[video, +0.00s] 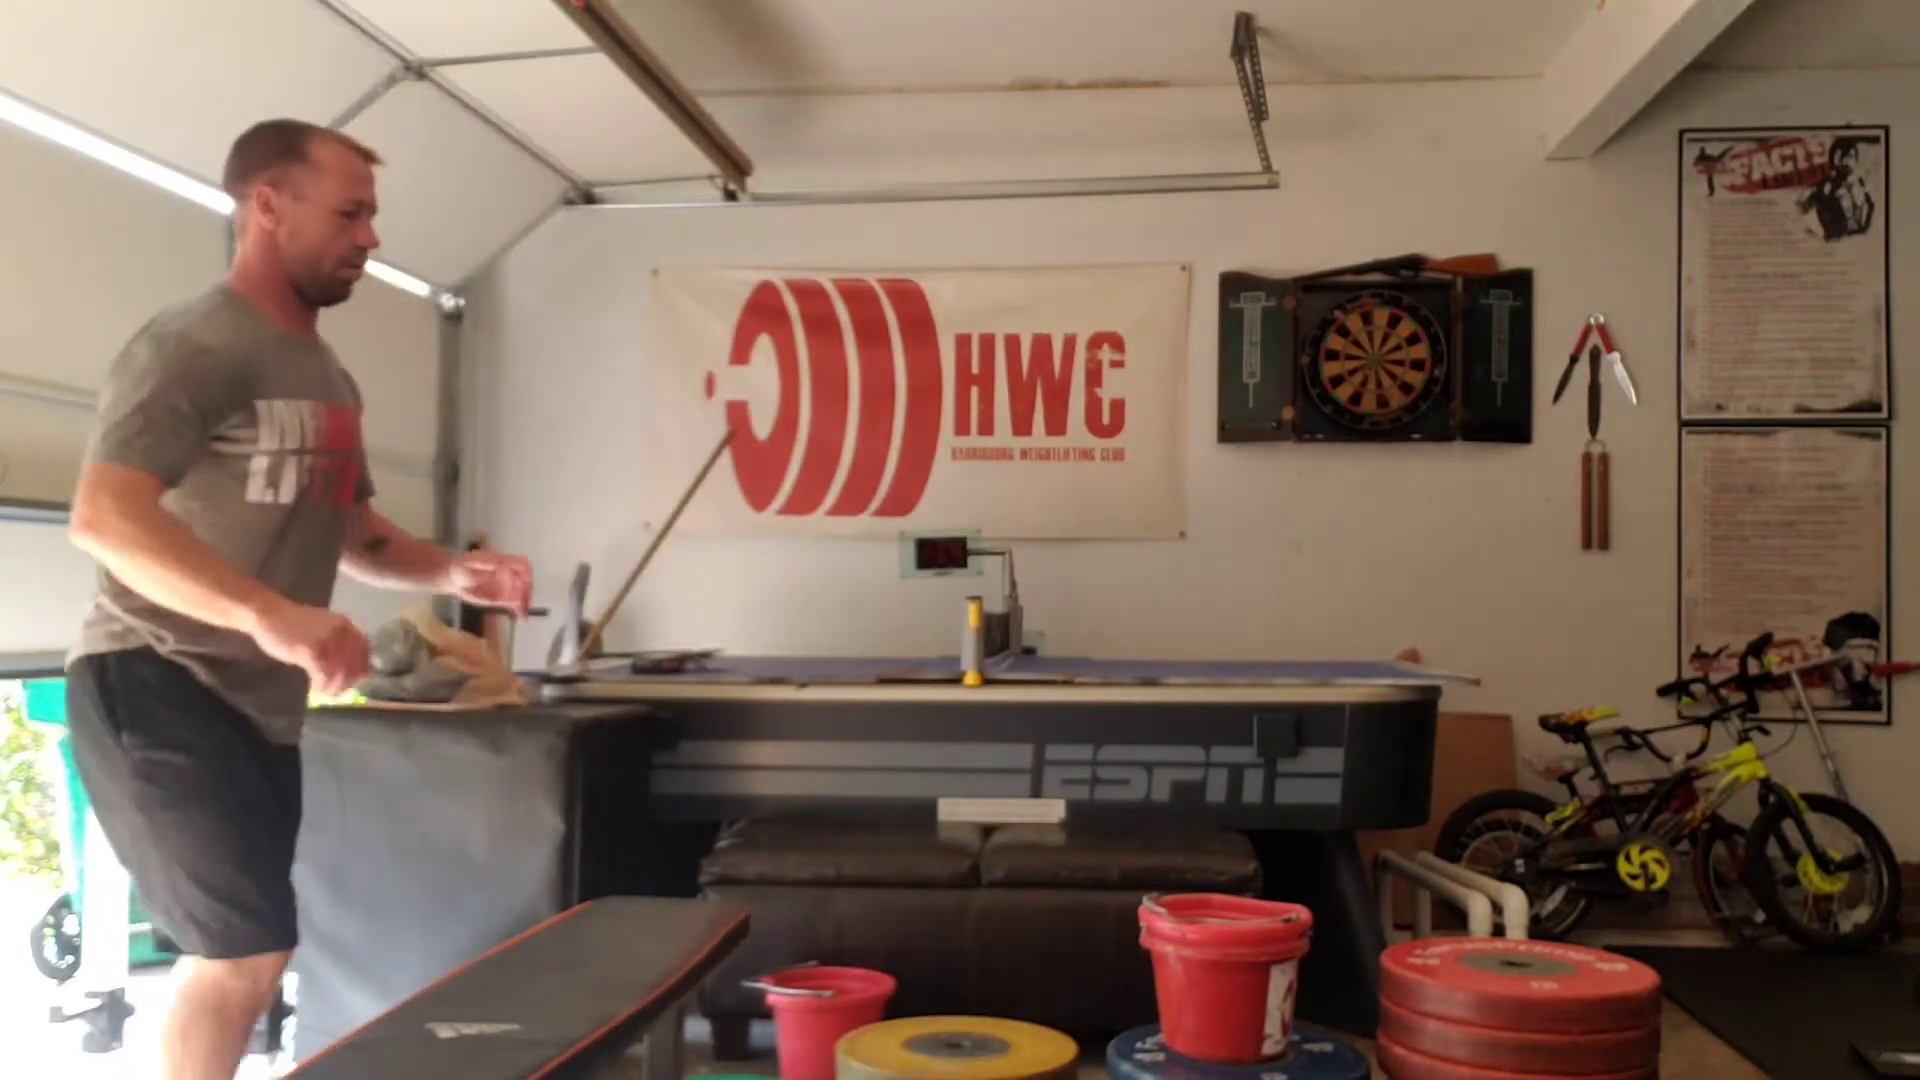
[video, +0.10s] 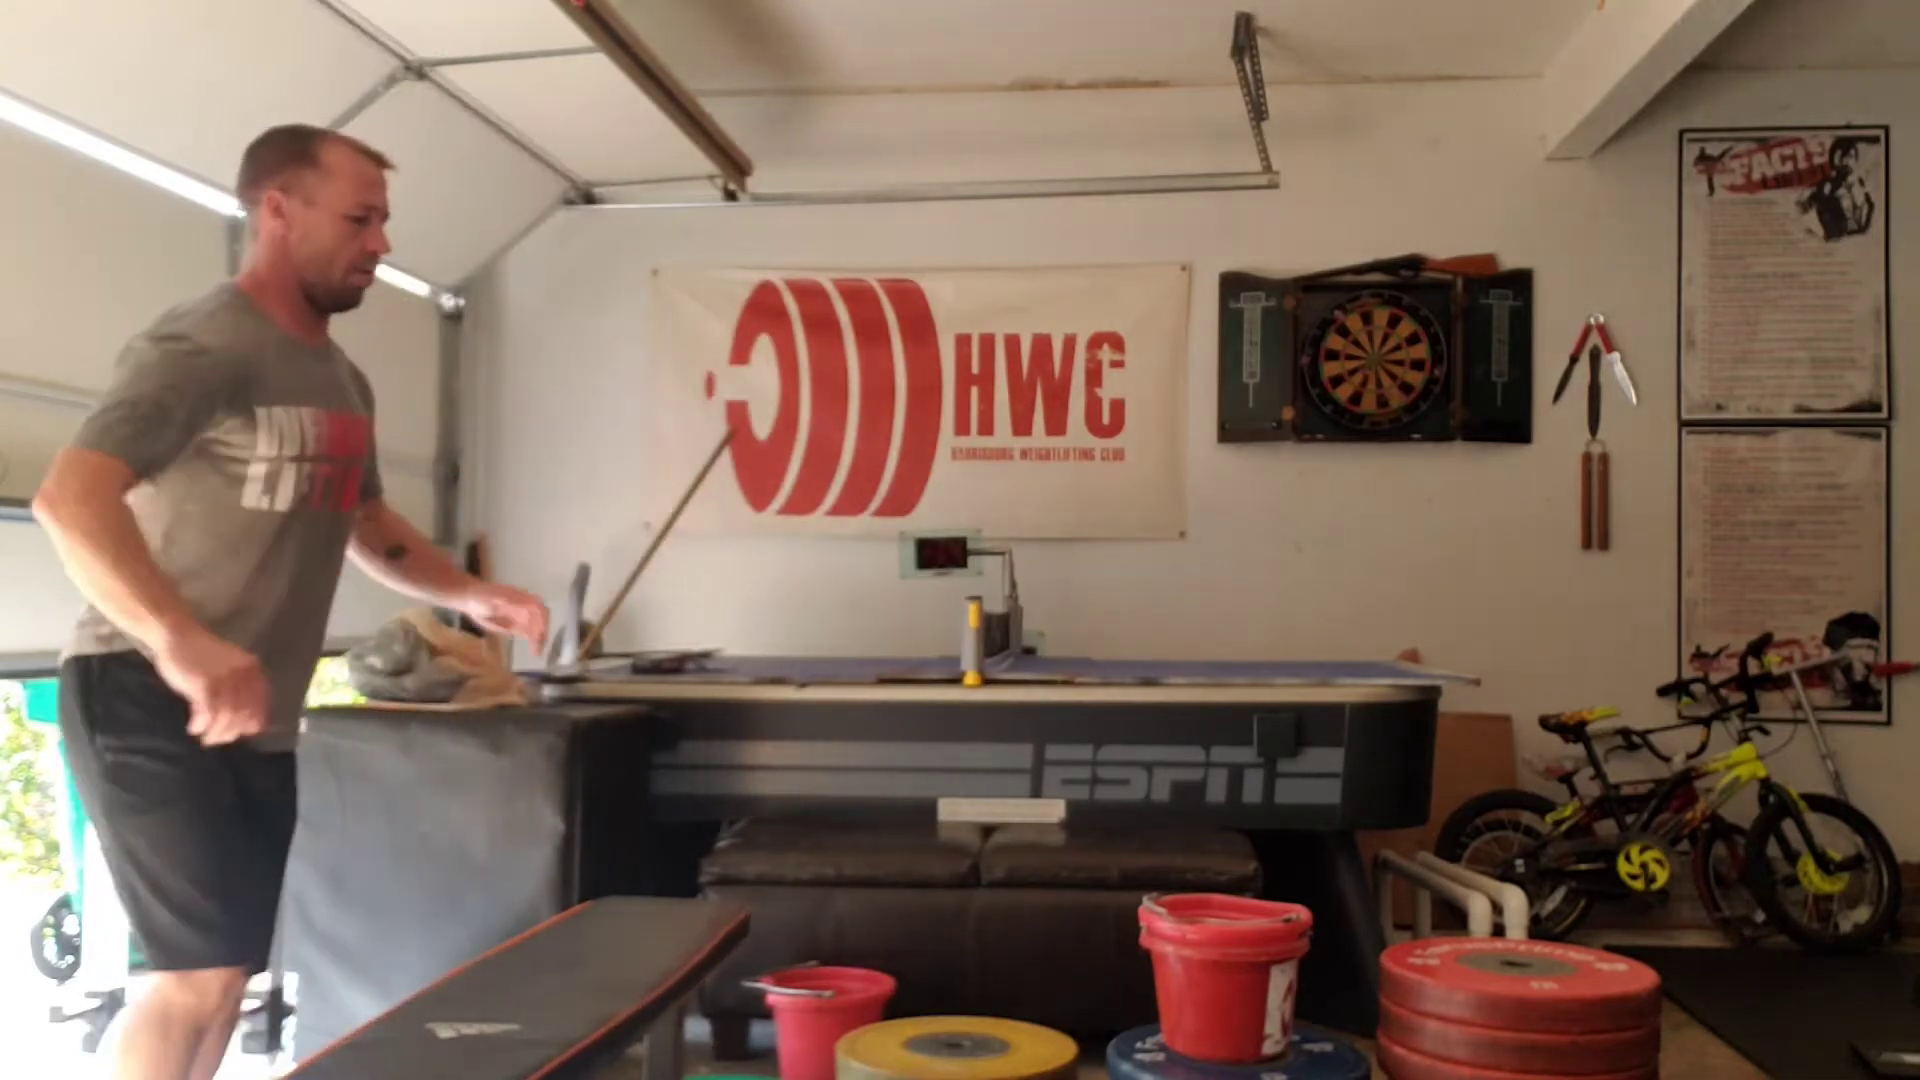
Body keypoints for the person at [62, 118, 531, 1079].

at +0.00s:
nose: (372, 237)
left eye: (373, 216)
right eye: (354, 211)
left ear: (283, 211)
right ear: (267, 206)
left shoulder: (327, 377)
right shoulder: (190, 342)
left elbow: (357, 532)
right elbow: (104, 511)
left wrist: (452, 569)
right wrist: (267, 612)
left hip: (257, 696)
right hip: (153, 680)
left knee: (250, 950)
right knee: (242, 945)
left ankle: (201, 1072)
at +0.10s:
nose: (382, 241)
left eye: (383, 220)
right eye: (364, 216)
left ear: (289, 216)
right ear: (279, 209)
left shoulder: (341, 377)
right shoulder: (201, 339)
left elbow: (371, 527)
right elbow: (73, 494)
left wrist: (468, 593)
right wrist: (183, 637)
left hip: (258, 705)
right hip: (144, 692)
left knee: (222, 977)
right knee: (197, 979)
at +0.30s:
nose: (455, 293)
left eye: (458, 269)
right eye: (436, 264)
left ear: (370, 259)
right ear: (353, 254)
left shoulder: (398, 407)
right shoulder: (259, 366)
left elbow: (320, 532)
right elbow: (51, 421)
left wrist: (355, 642)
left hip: (252, 729)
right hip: (129, 695)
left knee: (268, 964)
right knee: (164, 991)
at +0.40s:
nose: (489, 364)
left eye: (492, 341)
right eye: (469, 337)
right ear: (387, 331)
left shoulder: (424, 478)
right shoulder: (286, 445)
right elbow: (78, 478)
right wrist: (15, 662)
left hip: (252, 767)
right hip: (126, 748)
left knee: (329, 957)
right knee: (202, 1019)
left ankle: (229, 1078)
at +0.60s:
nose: (516, 380)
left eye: (515, 357)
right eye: (495, 354)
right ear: (412, 347)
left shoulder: (470, 509)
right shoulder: (343, 479)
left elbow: (525, 653)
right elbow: (420, 667)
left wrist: (622, 597)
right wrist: (573, 595)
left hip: (291, 780)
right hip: (168, 769)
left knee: (351, 1007)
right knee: (239, 1046)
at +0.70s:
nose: (588, 220)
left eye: (592, 202)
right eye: (573, 196)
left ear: (504, 184)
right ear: (491, 176)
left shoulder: (528, 315)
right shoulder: (427, 272)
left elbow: (666, 406)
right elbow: (537, 382)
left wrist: (705, 294)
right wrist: (653, 284)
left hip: (378, 650)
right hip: (277, 626)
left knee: (318, 911)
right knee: (227, 924)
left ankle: (235, 1078)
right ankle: (180, 1076)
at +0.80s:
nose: (672, 104)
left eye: (677, 85)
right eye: (659, 76)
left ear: (583, 59)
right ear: (577, 52)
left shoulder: (606, 201)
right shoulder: (494, 135)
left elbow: (717, 324)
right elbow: (566, 256)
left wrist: (788, 231)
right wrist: (722, 180)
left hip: (448, 489)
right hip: (354, 476)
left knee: (540, 730)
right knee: (426, 753)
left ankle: (294, 849)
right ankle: (228, 887)